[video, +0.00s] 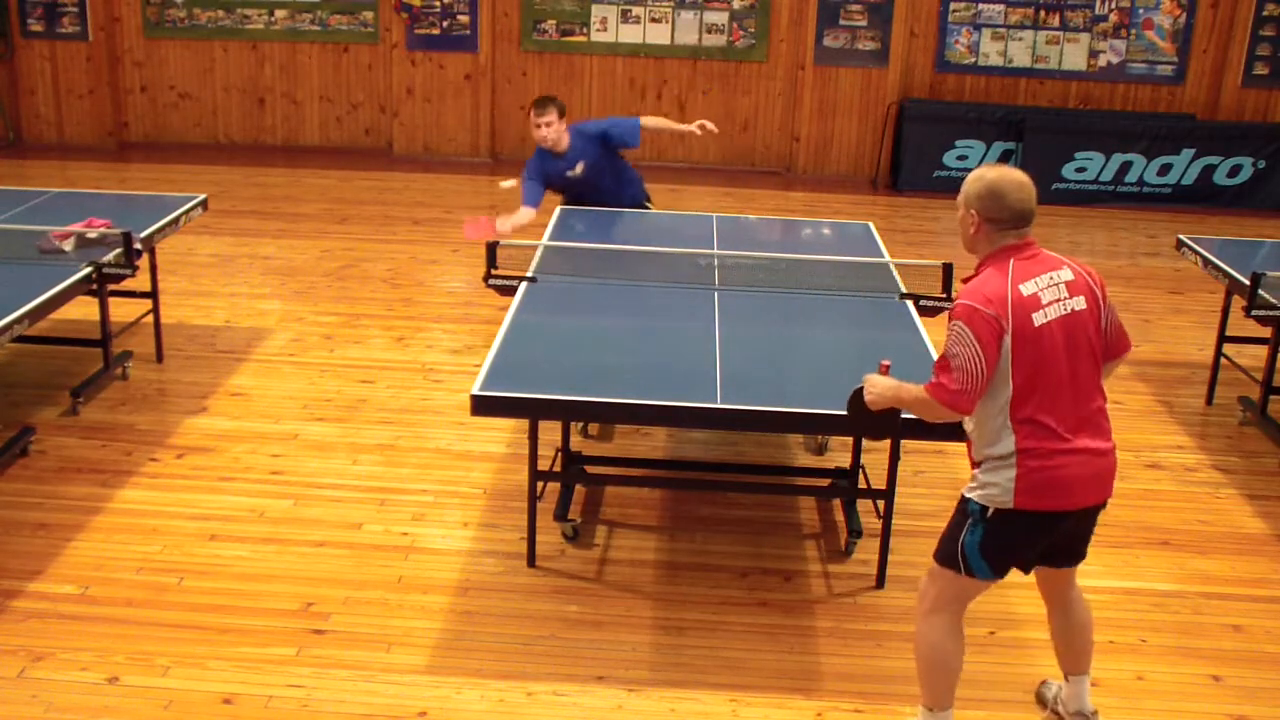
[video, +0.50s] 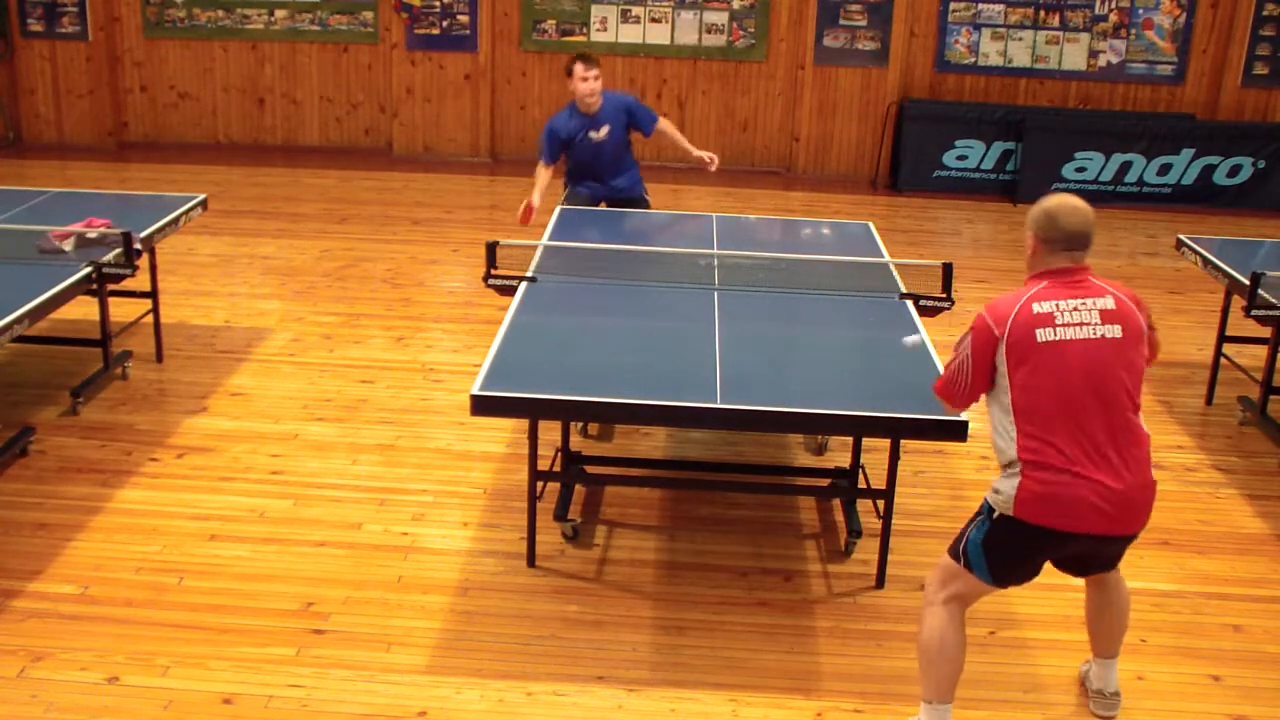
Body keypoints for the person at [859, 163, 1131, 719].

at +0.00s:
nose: (958, 222)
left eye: (961, 213)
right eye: (960, 212)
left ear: (975, 222)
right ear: (1027, 218)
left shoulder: (981, 297)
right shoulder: (1081, 276)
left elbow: (953, 400)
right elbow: (1115, 349)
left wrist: (895, 393)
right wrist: (1052, 382)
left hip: (1014, 490)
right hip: (1089, 481)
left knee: (940, 603)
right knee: (1061, 582)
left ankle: (935, 714)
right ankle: (1077, 698)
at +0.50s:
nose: (1024, 242)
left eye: (1026, 234)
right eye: (1028, 233)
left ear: (1034, 242)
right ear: (1089, 246)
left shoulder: (1003, 314)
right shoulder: (1129, 307)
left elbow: (953, 393)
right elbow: (1148, 353)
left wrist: (962, 357)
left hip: (1036, 508)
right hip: (1124, 509)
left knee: (945, 593)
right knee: (1103, 569)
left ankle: (934, 713)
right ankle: (1106, 682)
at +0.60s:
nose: (1062, 247)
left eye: (1063, 240)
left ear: (1065, 246)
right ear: (1122, 251)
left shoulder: (1021, 309)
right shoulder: (1157, 315)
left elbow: (976, 379)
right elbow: (1173, 371)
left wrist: (1040, 375)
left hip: (1037, 503)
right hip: (1125, 511)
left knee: (949, 593)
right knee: (1109, 569)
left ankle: (935, 713)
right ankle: (1106, 683)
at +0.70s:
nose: (1086, 251)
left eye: (1088, 244)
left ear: (1091, 251)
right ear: (1148, 259)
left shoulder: (1041, 305)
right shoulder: (1173, 327)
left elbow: (990, 301)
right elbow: (1197, 376)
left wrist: (1050, 319)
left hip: (1039, 510)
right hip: (1125, 519)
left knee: (948, 592)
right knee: (1109, 567)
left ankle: (932, 713)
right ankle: (1104, 682)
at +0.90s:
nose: (1101, 242)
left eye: (1105, 237)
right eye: (1105, 236)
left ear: (1111, 248)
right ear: (1168, 260)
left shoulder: (1069, 307)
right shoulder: (1192, 339)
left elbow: (957, 303)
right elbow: (1245, 426)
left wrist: (895, 264)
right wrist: (1254, 456)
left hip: (1046, 502)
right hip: (1127, 518)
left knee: (948, 591)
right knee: (1102, 561)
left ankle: (927, 715)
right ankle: (1099, 680)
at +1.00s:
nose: (1091, 250)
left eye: (1095, 242)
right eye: (1098, 240)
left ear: (1103, 253)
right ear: (1160, 262)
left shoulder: (1069, 320)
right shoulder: (1187, 341)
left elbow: (973, 362)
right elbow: (1234, 431)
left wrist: (901, 340)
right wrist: (1255, 497)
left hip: (1042, 508)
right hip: (1124, 518)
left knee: (952, 606)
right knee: (1099, 561)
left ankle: (946, 714)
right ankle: (1099, 679)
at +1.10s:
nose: (1070, 243)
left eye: (1073, 237)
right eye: (1074, 234)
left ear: (1082, 248)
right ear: (1139, 255)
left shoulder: (1044, 321)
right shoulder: (1172, 338)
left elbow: (956, 385)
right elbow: (1210, 434)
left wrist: (899, 364)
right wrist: (1216, 494)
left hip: (1034, 514)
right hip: (1118, 521)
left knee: (959, 635)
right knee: (1101, 576)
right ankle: (1101, 679)